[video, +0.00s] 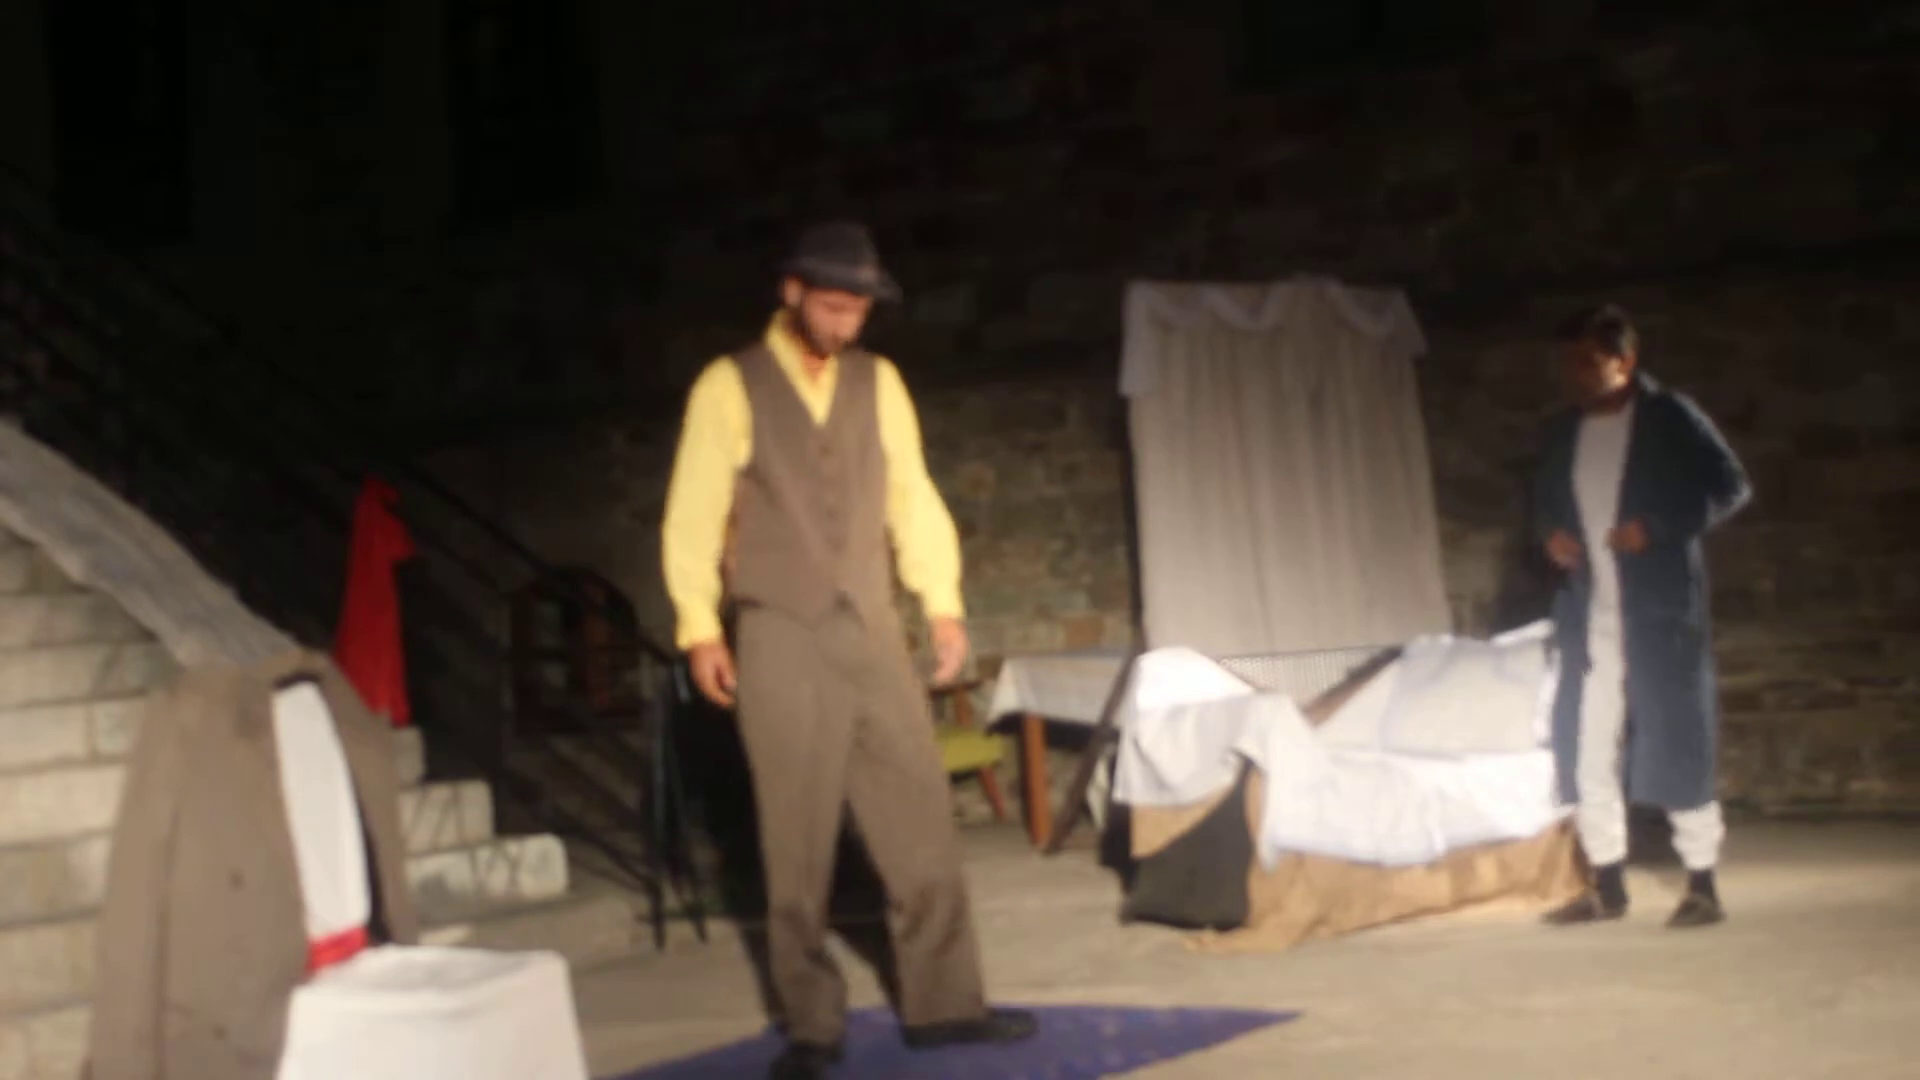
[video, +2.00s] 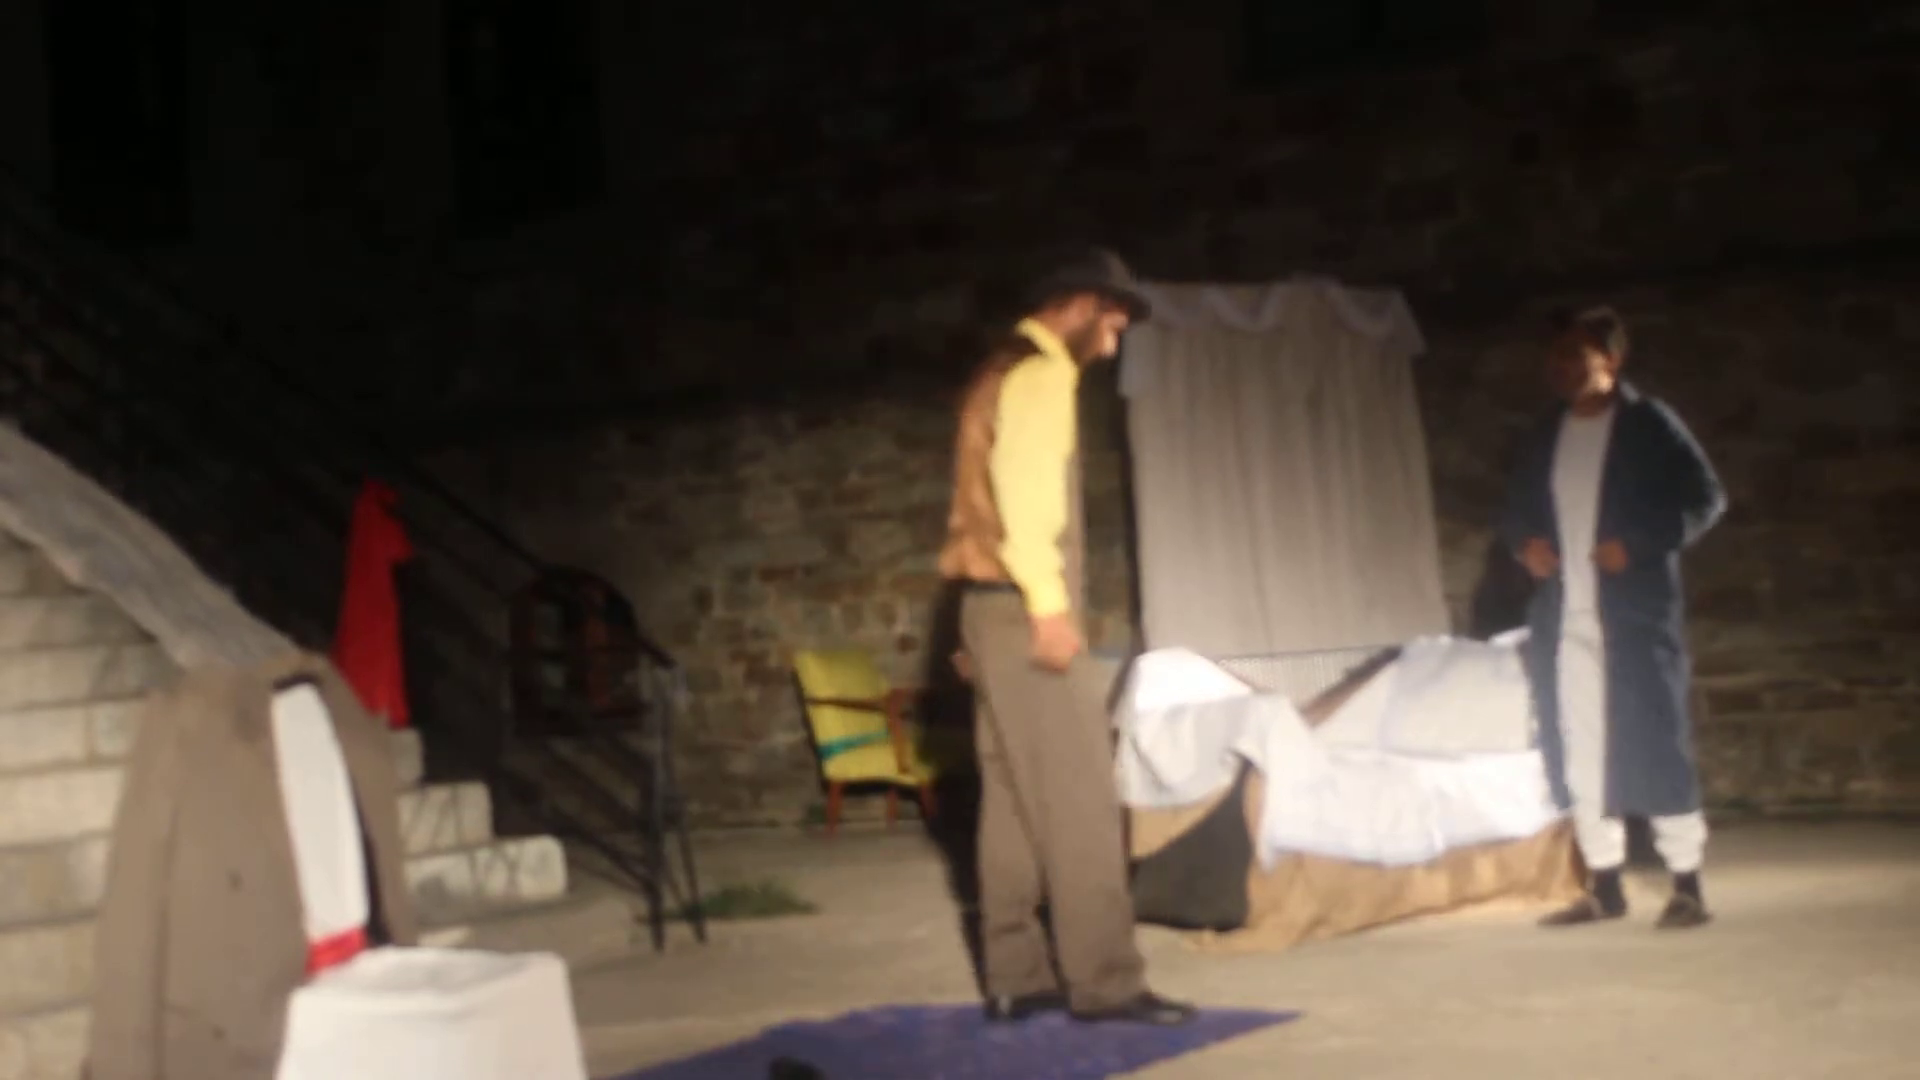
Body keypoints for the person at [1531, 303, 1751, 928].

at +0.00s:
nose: (1582, 373)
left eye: (1594, 361)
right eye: (1575, 362)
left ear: (1625, 361)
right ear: (1565, 366)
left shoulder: (1668, 415)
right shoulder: (1559, 431)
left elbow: (1729, 487)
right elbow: (1542, 500)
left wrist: (1657, 527)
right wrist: (1552, 535)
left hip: (1663, 615)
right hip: (1591, 617)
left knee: (1678, 736)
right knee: (1585, 741)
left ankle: (1702, 883)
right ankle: (1606, 883)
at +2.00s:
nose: (1572, 370)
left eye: (1583, 358)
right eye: (1565, 358)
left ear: (1612, 360)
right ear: (1555, 365)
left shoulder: (1649, 422)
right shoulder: (1539, 435)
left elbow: (1705, 500)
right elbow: (1514, 508)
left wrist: (1635, 546)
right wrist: (1526, 541)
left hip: (1638, 618)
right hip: (1566, 619)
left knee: (1658, 740)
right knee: (1579, 743)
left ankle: (1686, 886)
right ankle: (1604, 887)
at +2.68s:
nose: (1575, 374)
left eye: (1585, 361)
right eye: (1564, 363)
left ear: (1611, 362)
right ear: (1552, 370)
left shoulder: (1650, 426)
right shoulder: (1537, 437)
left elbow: (1702, 506)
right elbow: (1517, 509)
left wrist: (1646, 574)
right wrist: (1533, 548)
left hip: (1641, 624)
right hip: (1563, 626)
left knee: (1659, 747)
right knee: (1577, 750)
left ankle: (1685, 888)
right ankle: (1604, 889)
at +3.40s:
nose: (1566, 406)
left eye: (1575, 393)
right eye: (1554, 397)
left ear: (1596, 379)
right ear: (1536, 394)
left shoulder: (1636, 426)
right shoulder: (1523, 444)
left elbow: (1693, 503)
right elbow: (1504, 516)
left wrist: (1664, 579)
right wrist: (1503, 567)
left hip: (1632, 629)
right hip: (1557, 633)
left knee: (1653, 749)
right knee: (1570, 756)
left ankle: (1679, 885)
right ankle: (1597, 889)